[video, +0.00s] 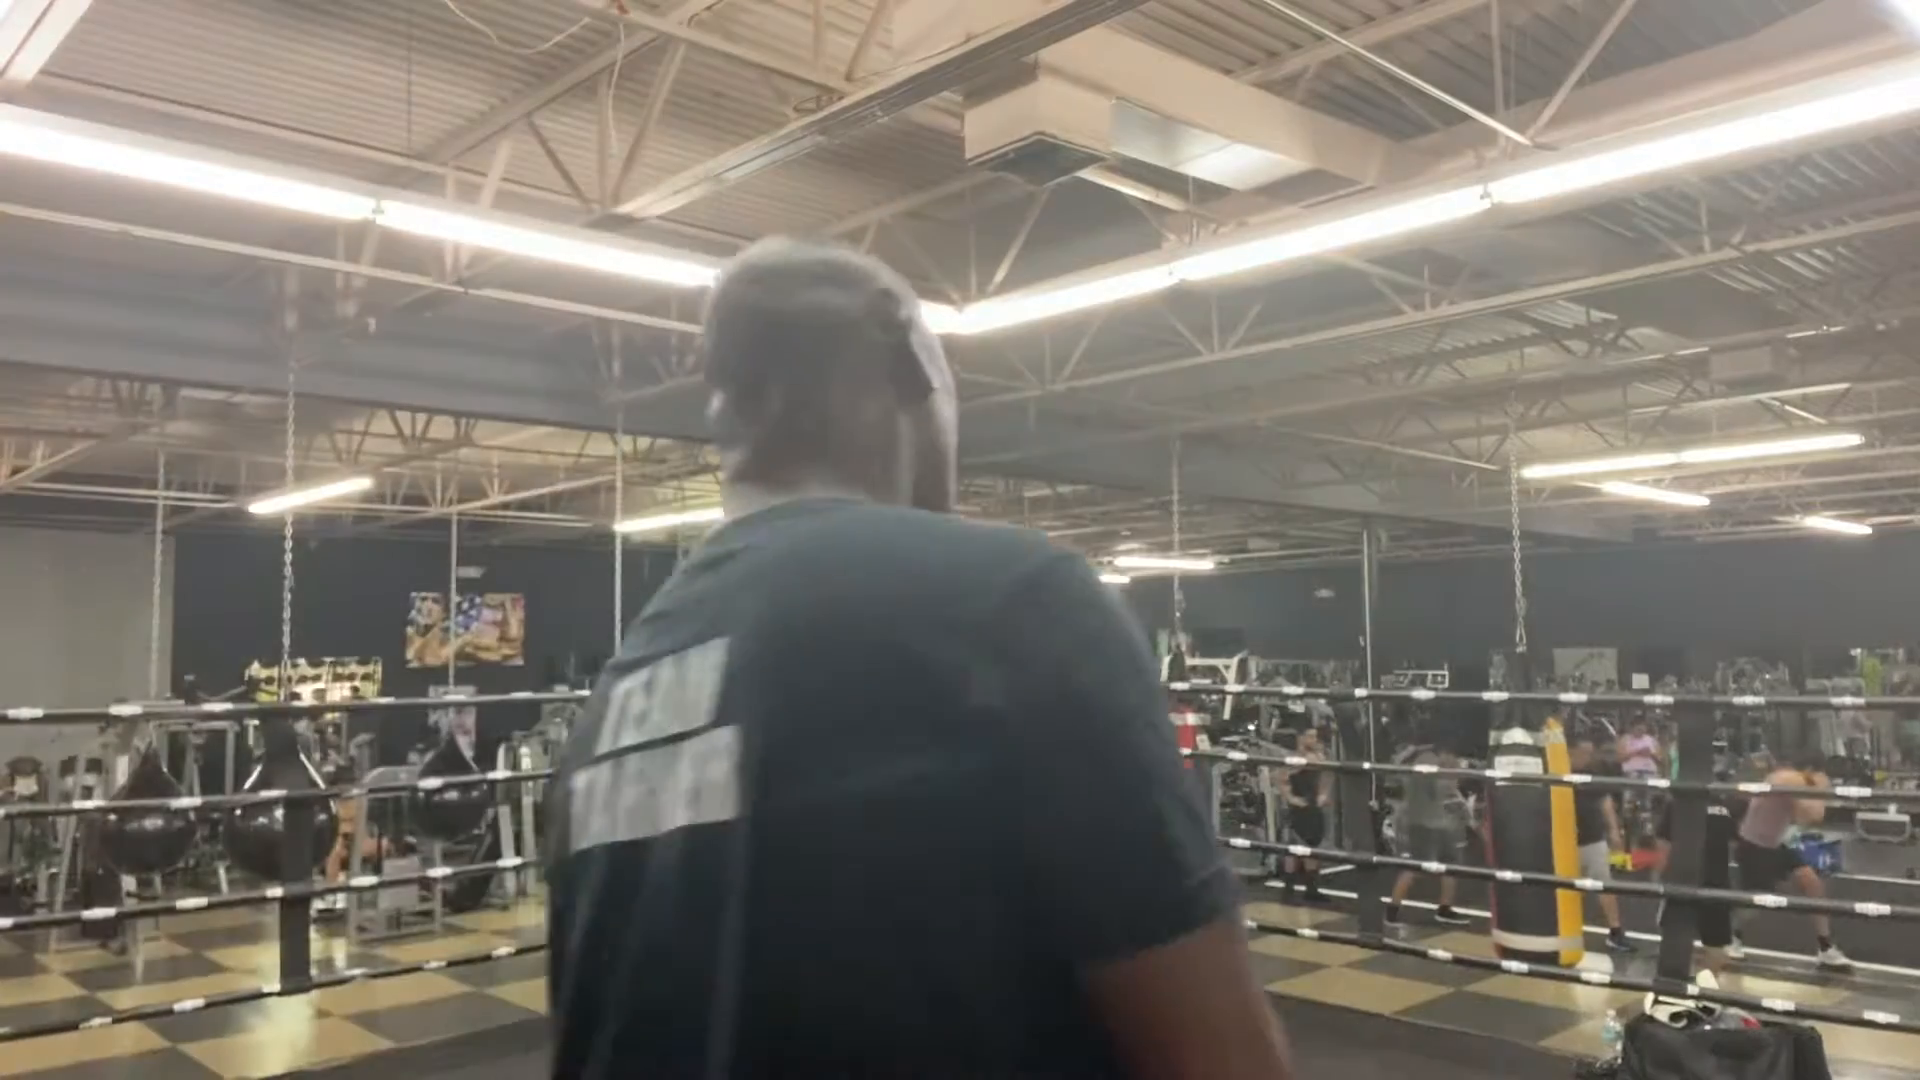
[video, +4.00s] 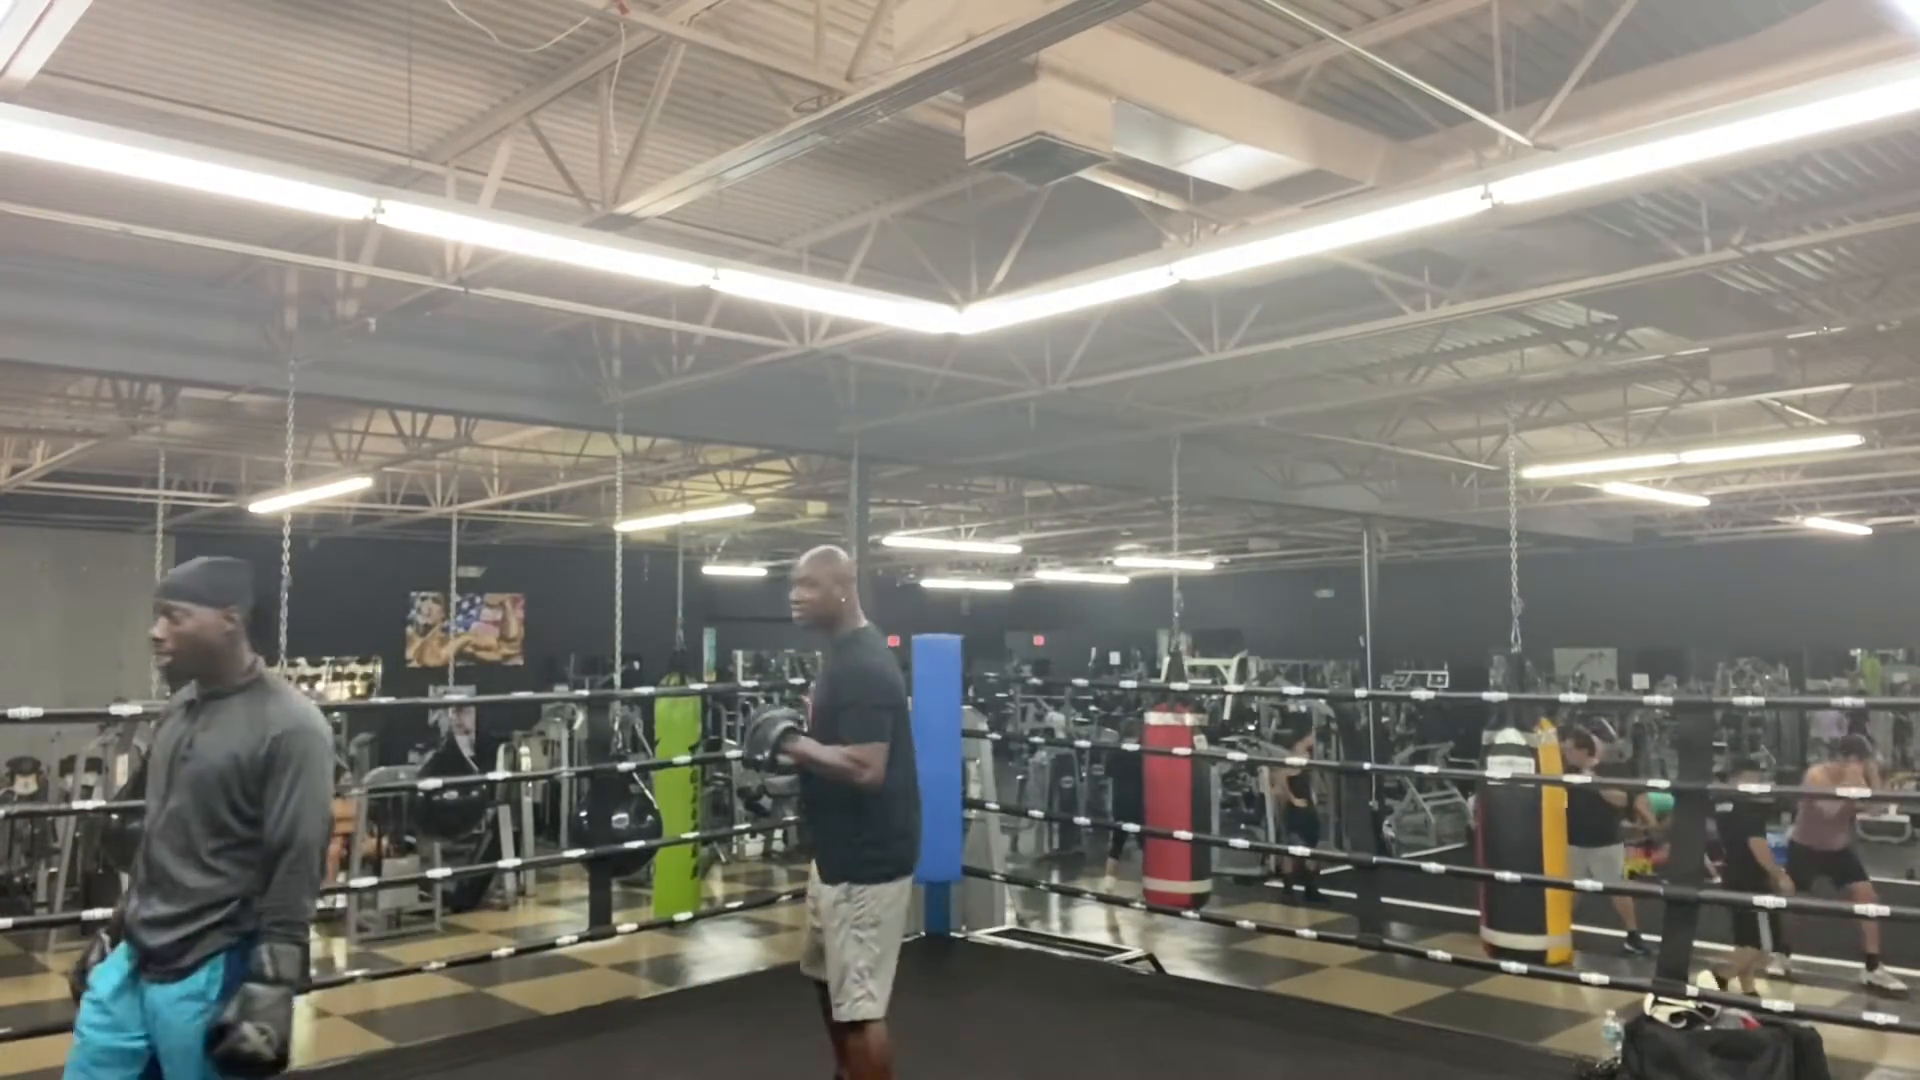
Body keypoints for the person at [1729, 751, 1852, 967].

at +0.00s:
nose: (1820, 778)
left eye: (1821, 775)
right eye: (1819, 775)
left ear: (1807, 770)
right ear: (1810, 771)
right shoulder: (1790, 779)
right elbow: (1814, 814)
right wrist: (1821, 787)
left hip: (1774, 847)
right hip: (1752, 846)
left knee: (1811, 881)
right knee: (1759, 900)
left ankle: (1825, 946)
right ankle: (1731, 932)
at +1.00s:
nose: (1805, 748)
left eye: (1809, 744)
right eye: (1800, 743)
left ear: (1814, 743)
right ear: (1789, 740)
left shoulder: (1818, 758)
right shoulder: (1772, 756)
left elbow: (1828, 788)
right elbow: (1771, 781)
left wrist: (1817, 761)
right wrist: (1792, 756)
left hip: (1796, 834)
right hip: (1764, 832)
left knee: (1820, 885)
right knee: (1755, 886)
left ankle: (1824, 947)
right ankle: (1733, 934)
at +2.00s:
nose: (1766, 759)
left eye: (1770, 756)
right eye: (1762, 754)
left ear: (1776, 756)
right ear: (1751, 750)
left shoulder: (1775, 767)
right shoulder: (1735, 762)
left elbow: (1790, 792)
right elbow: (1730, 786)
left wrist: (1785, 767)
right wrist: (1750, 765)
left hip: (1769, 838)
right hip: (1736, 836)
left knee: (1794, 890)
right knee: (1728, 893)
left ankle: (1807, 955)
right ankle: (1716, 945)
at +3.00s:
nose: (1763, 760)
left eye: (1767, 754)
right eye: (1757, 754)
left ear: (1774, 752)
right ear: (1748, 753)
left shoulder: (1786, 768)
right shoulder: (1738, 773)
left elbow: (1806, 806)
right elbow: (1735, 807)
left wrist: (1785, 782)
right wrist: (1757, 782)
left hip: (1782, 847)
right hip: (1744, 847)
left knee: (1819, 894)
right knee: (1733, 898)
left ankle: (1838, 957)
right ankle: (1721, 946)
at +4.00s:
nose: (1855, 767)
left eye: (1860, 763)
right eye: (1853, 762)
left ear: (1863, 763)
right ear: (1842, 758)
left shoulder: (1859, 780)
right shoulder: (1816, 775)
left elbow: (1877, 808)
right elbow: (1828, 813)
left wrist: (1873, 776)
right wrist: (1849, 786)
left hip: (1839, 852)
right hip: (1804, 850)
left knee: (1866, 898)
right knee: (1789, 905)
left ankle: (1873, 967)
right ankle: (1780, 955)